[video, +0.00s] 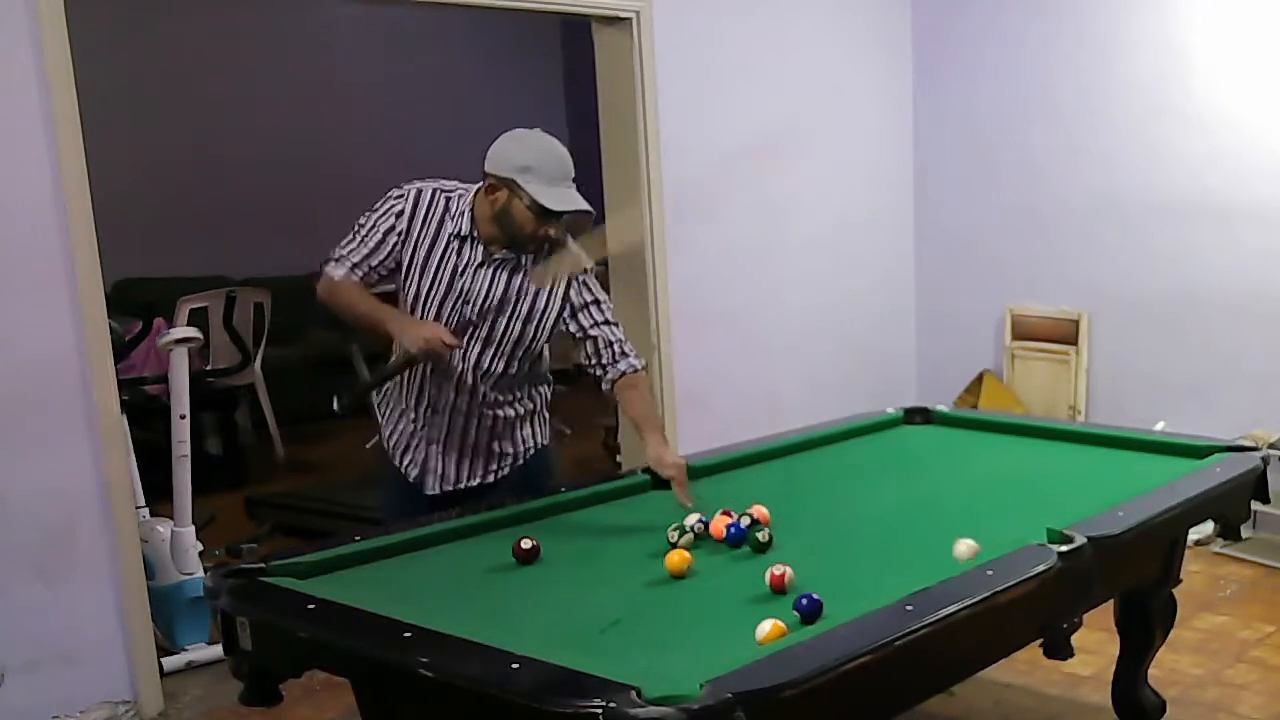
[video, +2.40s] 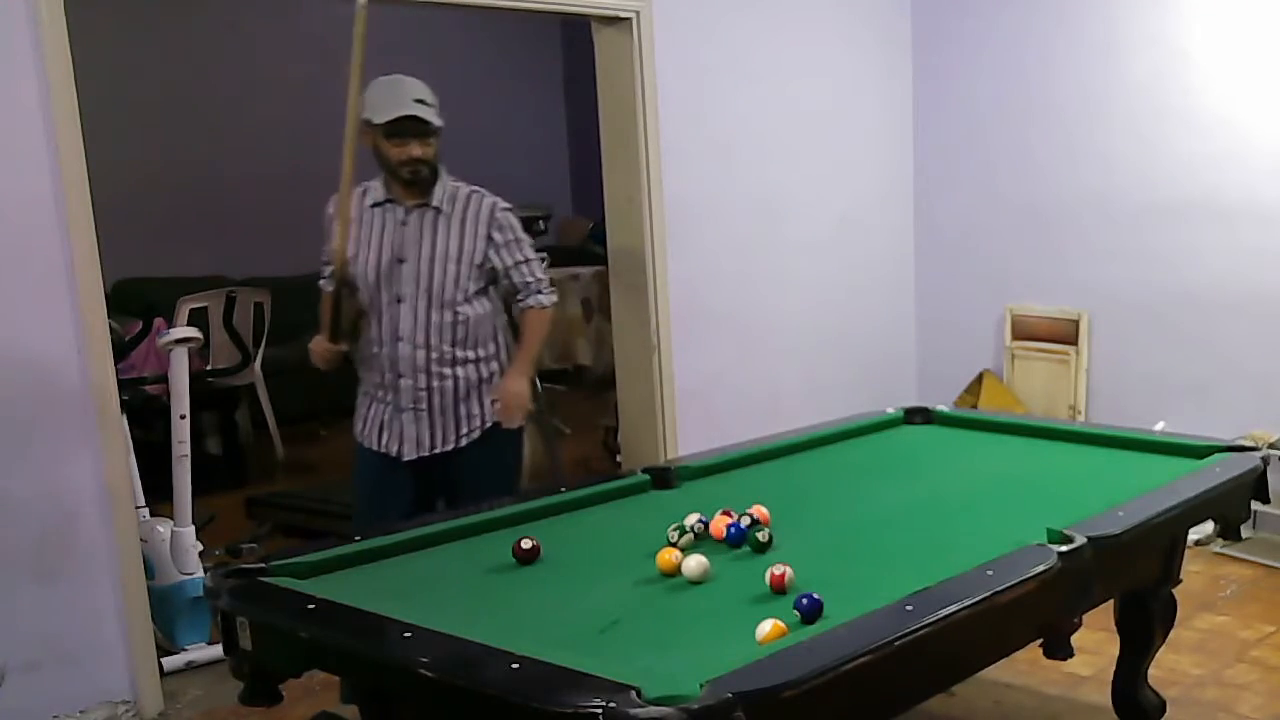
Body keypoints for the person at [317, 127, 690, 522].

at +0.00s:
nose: (555, 231)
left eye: (563, 217)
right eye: (544, 214)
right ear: (497, 193)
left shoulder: (564, 265)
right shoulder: (417, 208)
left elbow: (618, 360)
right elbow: (334, 282)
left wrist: (656, 442)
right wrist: (398, 325)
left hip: (514, 454)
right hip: (416, 447)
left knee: (528, 592)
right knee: (414, 597)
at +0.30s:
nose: (545, 187)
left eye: (551, 172)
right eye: (534, 169)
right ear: (494, 154)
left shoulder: (557, 246)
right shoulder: (399, 205)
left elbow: (590, 326)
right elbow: (327, 271)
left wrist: (593, 406)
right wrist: (358, 324)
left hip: (511, 448)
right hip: (411, 444)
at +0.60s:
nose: (476, 157)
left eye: (482, 144)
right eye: (460, 142)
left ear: (491, 145)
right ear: (418, 138)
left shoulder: (509, 225)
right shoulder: (352, 212)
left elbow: (532, 305)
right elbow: (301, 292)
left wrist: (536, 379)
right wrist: (340, 342)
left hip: (490, 437)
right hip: (394, 439)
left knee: (499, 575)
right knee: (404, 585)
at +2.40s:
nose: (414, 151)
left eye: (424, 137)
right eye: (398, 139)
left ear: (438, 139)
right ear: (372, 140)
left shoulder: (485, 213)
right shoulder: (347, 212)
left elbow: (537, 296)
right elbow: (334, 289)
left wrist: (520, 374)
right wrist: (330, 337)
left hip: (477, 425)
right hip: (386, 428)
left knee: (483, 565)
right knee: (385, 569)